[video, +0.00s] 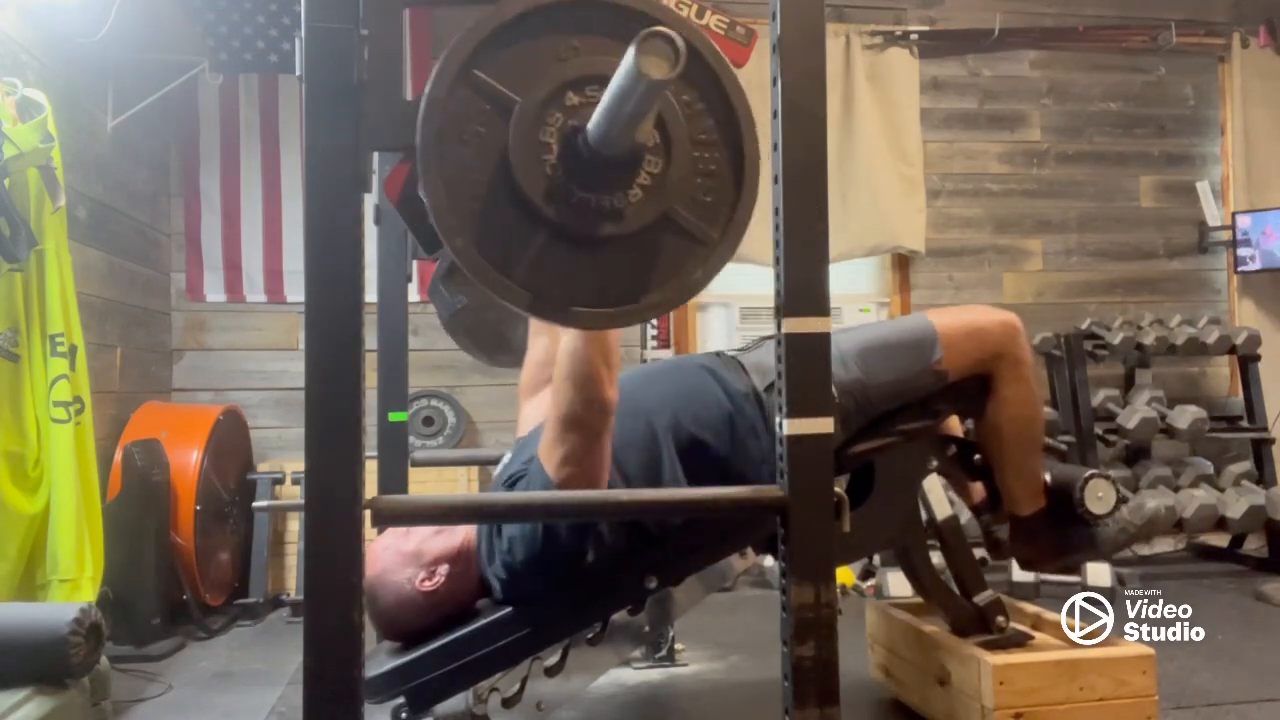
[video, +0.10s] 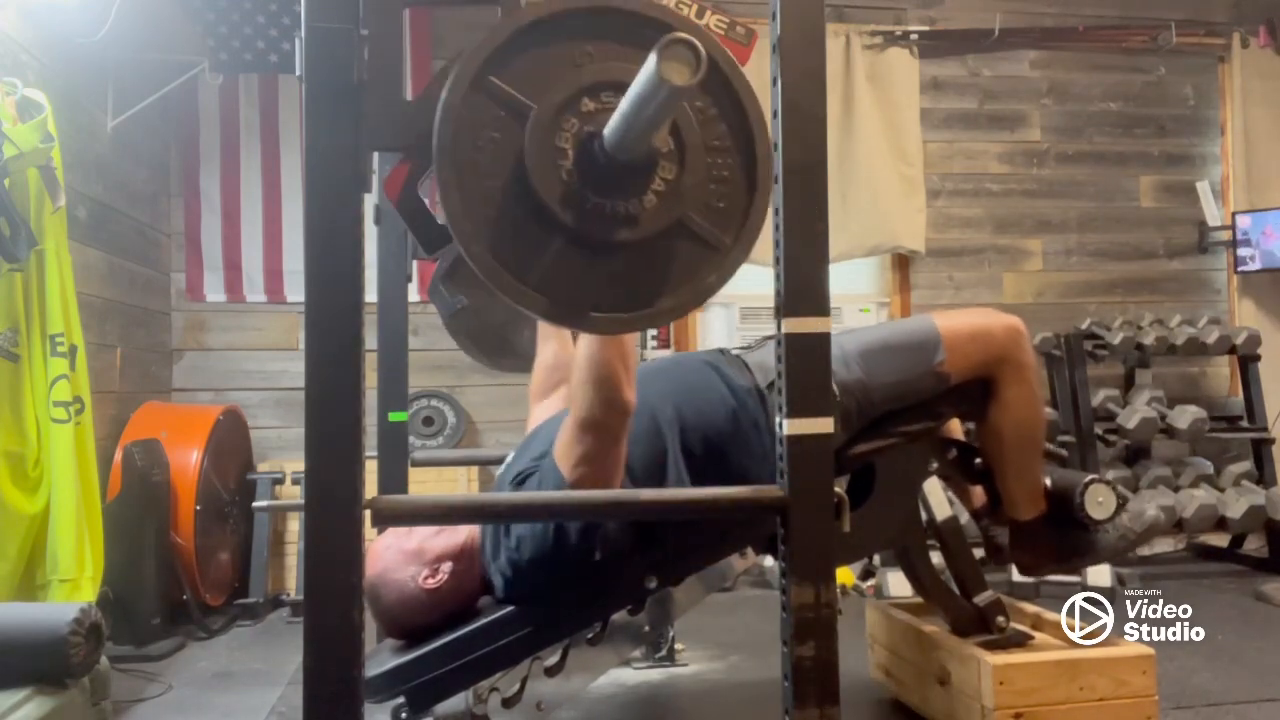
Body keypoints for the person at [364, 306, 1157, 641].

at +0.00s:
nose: (417, 529)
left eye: (401, 532)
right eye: (413, 547)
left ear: (430, 549)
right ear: (444, 581)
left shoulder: (502, 497)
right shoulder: (529, 562)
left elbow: (549, 378)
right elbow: (584, 401)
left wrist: (547, 219)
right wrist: (580, 232)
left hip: (742, 374)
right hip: (767, 426)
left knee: (939, 324)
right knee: (999, 335)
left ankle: (971, 468)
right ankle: (1031, 520)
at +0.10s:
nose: (416, 527)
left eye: (399, 532)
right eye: (411, 545)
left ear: (431, 553)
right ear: (445, 578)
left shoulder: (507, 494)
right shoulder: (534, 556)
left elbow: (558, 370)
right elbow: (604, 401)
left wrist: (563, 209)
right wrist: (607, 230)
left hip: (744, 374)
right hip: (772, 423)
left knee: (953, 328)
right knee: (1002, 339)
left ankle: (979, 479)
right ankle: (1029, 525)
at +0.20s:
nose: (414, 527)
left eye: (397, 532)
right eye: (409, 547)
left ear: (429, 550)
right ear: (443, 578)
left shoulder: (509, 493)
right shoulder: (535, 554)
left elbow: (567, 379)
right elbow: (622, 408)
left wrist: (551, 229)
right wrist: (602, 252)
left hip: (742, 369)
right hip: (772, 419)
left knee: (953, 330)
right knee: (1005, 342)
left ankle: (979, 482)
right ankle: (1031, 527)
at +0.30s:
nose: (414, 530)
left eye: (397, 534)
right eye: (411, 549)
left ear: (428, 544)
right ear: (444, 579)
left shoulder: (500, 496)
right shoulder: (529, 553)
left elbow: (578, 395)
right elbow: (636, 432)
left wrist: (573, 252)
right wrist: (620, 283)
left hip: (741, 374)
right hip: (767, 424)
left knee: (958, 329)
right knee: (1006, 343)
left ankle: (981, 482)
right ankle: (1031, 527)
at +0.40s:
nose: (417, 532)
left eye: (399, 535)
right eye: (415, 552)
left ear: (426, 539)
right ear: (445, 579)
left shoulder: (499, 496)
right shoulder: (526, 549)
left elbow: (619, 426)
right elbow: (651, 457)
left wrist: (604, 309)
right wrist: (634, 319)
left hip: (744, 369)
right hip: (764, 426)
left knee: (956, 327)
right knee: (1005, 342)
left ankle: (983, 476)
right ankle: (1031, 527)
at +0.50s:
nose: (417, 531)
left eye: (398, 536)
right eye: (415, 550)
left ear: (426, 543)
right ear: (445, 579)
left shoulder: (498, 496)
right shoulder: (526, 544)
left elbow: (617, 423)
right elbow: (656, 474)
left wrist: (637, 317)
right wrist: (655, 338)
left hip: (735, 384)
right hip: (760, 432)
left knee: (933, 321)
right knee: (1001, 340)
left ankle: (985, 477)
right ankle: (1032, 525)